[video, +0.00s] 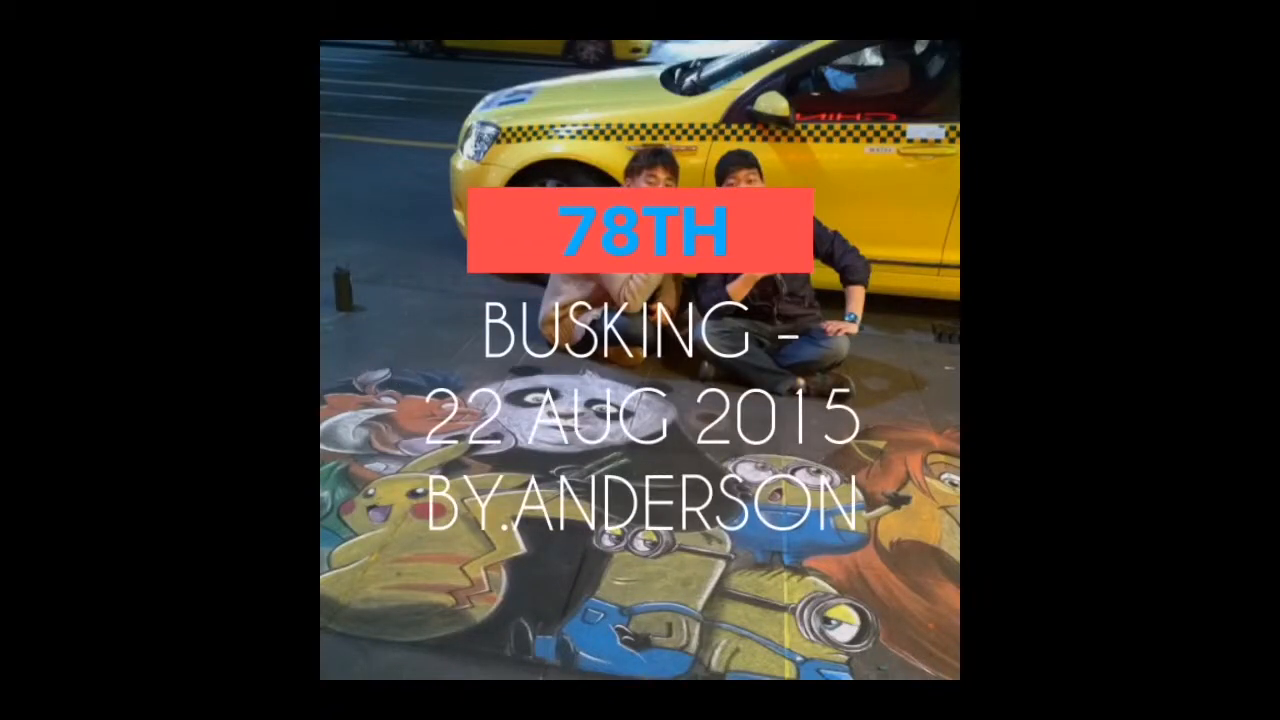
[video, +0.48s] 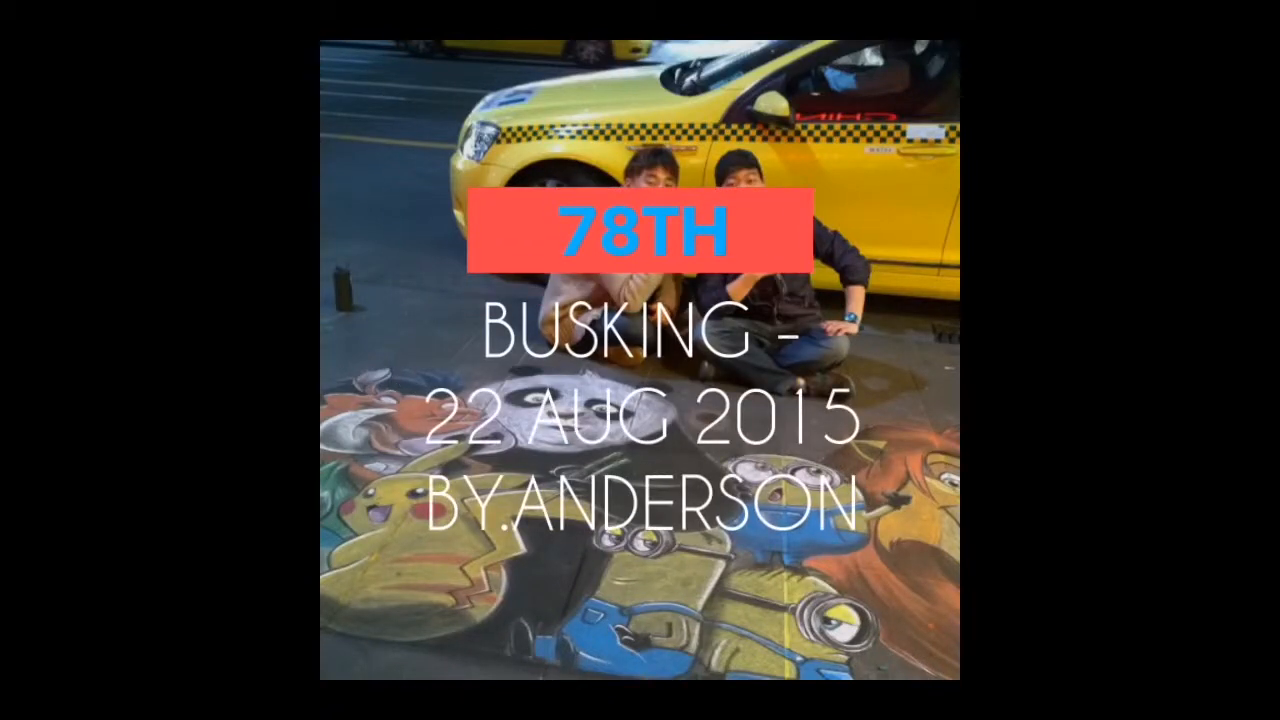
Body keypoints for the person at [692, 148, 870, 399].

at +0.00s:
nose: (743, 190)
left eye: (750, 181)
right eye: (732, 184)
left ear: (763, 184)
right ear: (721, 192)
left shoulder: (791, 220)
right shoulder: (716, 230)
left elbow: (853, 262)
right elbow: (707, 303)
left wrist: (851, 319)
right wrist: (751, 276)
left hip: (800, 325)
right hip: (747, 324)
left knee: (837, 345)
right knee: (708, 333)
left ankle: (732, 371)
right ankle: (798, 386)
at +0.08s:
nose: (743, 190)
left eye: (750, 181)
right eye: (732, 184)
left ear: (763, 184)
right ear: (721, 192)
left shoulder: (791, 220)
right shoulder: (716, 230)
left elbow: (853, 262)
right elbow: (707, 303)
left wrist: (851, 319)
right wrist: (751, 276)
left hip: (800, 325)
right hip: (747, 324)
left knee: (837, 345)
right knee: (708, 333)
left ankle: (732, 371)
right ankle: (798, 386)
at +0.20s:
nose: (743, 190)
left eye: (750, 181)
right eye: (732, 184)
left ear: (763, 184)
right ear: (721, 192)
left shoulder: (791, 220)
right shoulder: (716, 230)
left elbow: (853, 262)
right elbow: (707, 303)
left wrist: (851, 319)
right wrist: (751, 276)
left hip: (800, 325)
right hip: (747, 324)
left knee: (837, 345)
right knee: (708, 333)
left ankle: (732, 371)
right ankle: (798, 386)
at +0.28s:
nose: (743, 190)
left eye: (750, 181)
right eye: (732, 184)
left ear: (763, 184)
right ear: (721, 192)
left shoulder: (791, 220)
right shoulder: (716, 230)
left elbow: (853, 262)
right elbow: (707, 303)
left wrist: (851, 319)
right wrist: (751, 276)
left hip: (800, 325)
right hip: (747, 324)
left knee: (837, 345)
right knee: (708, 333)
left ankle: (732, 371)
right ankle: (798, 386)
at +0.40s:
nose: (743, 190)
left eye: (750, 181)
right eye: (732, 184)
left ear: (763, 184)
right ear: (721, 192)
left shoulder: (791, 220)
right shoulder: (716, 230)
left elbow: (853, 262)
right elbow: (707, 303)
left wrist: (851, 319)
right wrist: (751, 276)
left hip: (800, 325)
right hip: (747, 324)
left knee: (837, 345)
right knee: (708, 333)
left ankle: (732, 371)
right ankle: (798, 386)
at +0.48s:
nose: (743, 190)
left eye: (750, 181)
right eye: (732, 184)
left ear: (763, 184)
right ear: (721, 192)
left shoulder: (791, 220)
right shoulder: (716, 230)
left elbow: (853, 262)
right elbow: (707, 303)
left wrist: (851, 319)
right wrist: (751, 276)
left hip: (800, 325)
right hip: (747, 324)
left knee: (837, 345)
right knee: (708, 333)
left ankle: (732, 371)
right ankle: (798, 386)